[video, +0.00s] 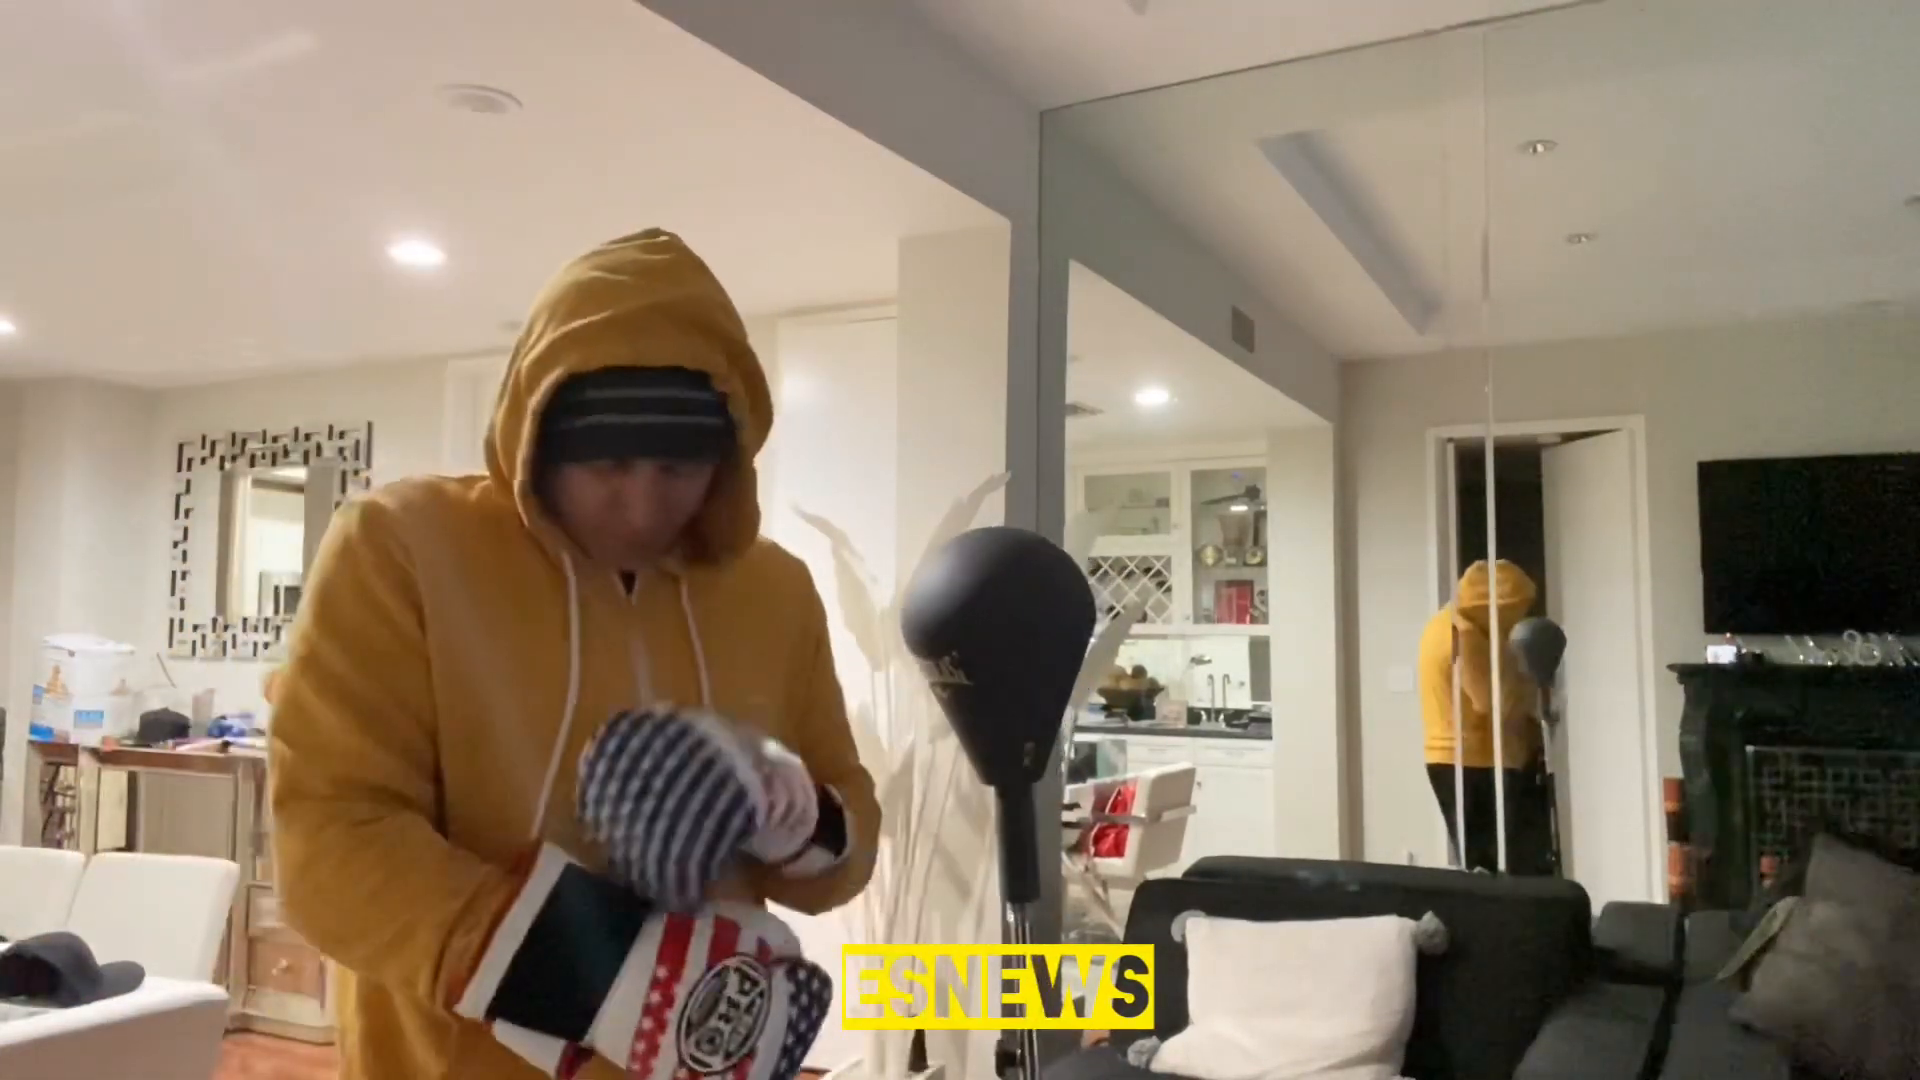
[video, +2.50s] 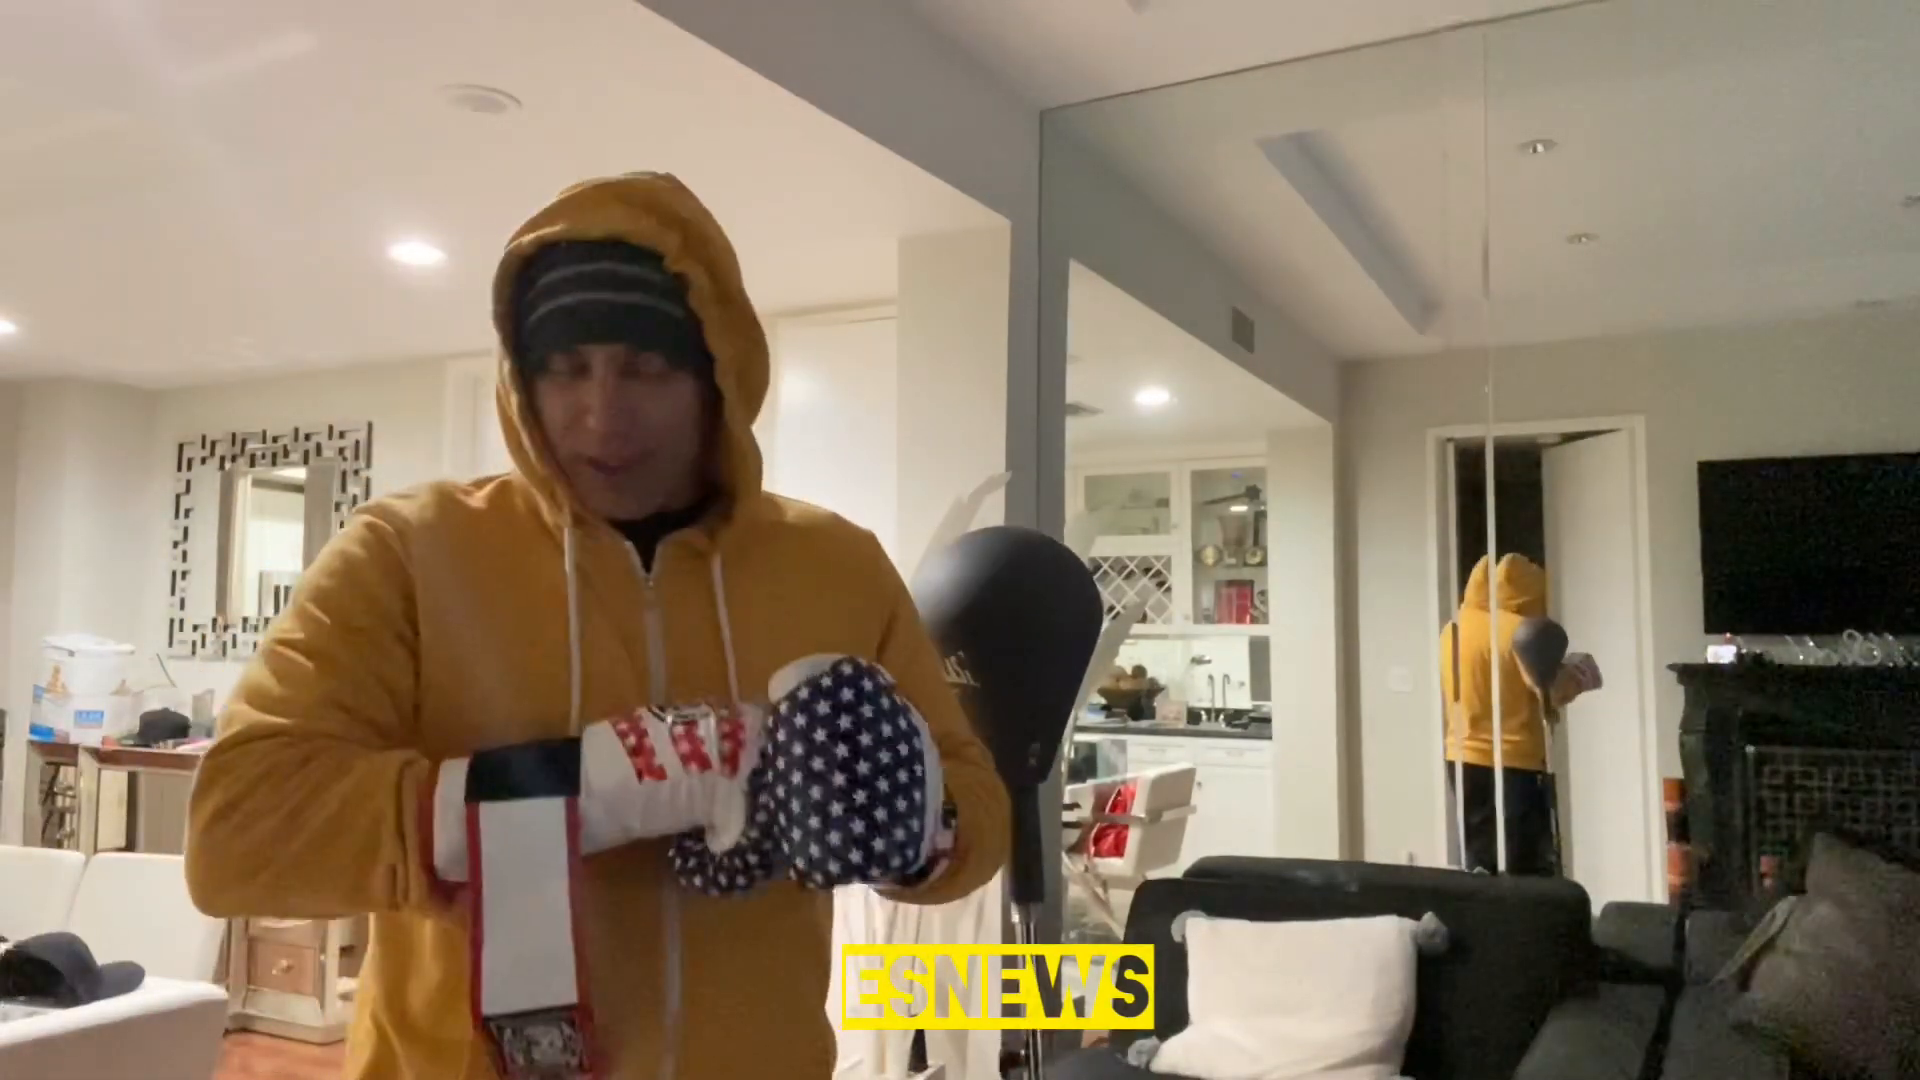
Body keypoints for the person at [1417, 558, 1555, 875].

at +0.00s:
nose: (1517, 619)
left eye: (1521, 610)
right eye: (1517, 609)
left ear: (1475, 596)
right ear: (1496, 604)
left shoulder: (1439, 628)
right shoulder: (1466, 634)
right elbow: (1491, 700)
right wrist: (1527, 686)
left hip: (1449, 763)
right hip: (1478, 765)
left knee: (1478, 865)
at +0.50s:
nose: (1527, 617)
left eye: (1530, 609)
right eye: (1527, 608)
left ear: (1479, 591)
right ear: (1512, 601)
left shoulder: (1442, 629)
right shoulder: (1491, 629)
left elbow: (1450, 699)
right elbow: (1524, 695)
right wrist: (1544, 700)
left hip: (1449, 764)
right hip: (1495, 765)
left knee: (1473, 861)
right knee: (1521, 863)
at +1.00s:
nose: (1538, 616)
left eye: (1538, 610)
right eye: (1538, 608)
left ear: (1489, 589)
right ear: (1530, 599)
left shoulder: (1450, 631)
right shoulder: (1513, 627)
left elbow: (1451, 692)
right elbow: (1535, 687)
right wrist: (1564, 676)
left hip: (1459, 761)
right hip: (1510, 764)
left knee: (1476, 856)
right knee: (1526, 859)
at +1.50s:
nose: (1543, 613)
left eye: (1544, 606)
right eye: (1542, 605)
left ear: (1494, 590)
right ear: (1533, 599)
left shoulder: (1454, 631)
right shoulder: (1526, 632)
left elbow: (1451, 697)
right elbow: (1556, 701)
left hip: (1463, 764)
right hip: (1516, 767)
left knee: (1477, 858)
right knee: (1527, 863)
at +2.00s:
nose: (1543, 605)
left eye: (1543, 598)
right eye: (1541, 597)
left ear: (1484, 589)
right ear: (1531, 594)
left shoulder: (1453, 633)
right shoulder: (1526, 631)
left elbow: (1452, 697)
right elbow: (1560, 692)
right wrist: (1590, 689)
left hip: (1465, 767)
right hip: (1519, 769)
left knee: (1478, 867)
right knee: (1529, 870)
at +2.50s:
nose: (1542, 600)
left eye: (1541, 593)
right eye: (1539, 591)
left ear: (1481, 585)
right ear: (1527, 591)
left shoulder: (1453, 631)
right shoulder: (1523, 631)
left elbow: (1453, 692)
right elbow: (1552, 693)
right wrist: (1577, 677)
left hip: (1465, 762)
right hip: (1518, 765)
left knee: (1477, 851)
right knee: (1527, 854)